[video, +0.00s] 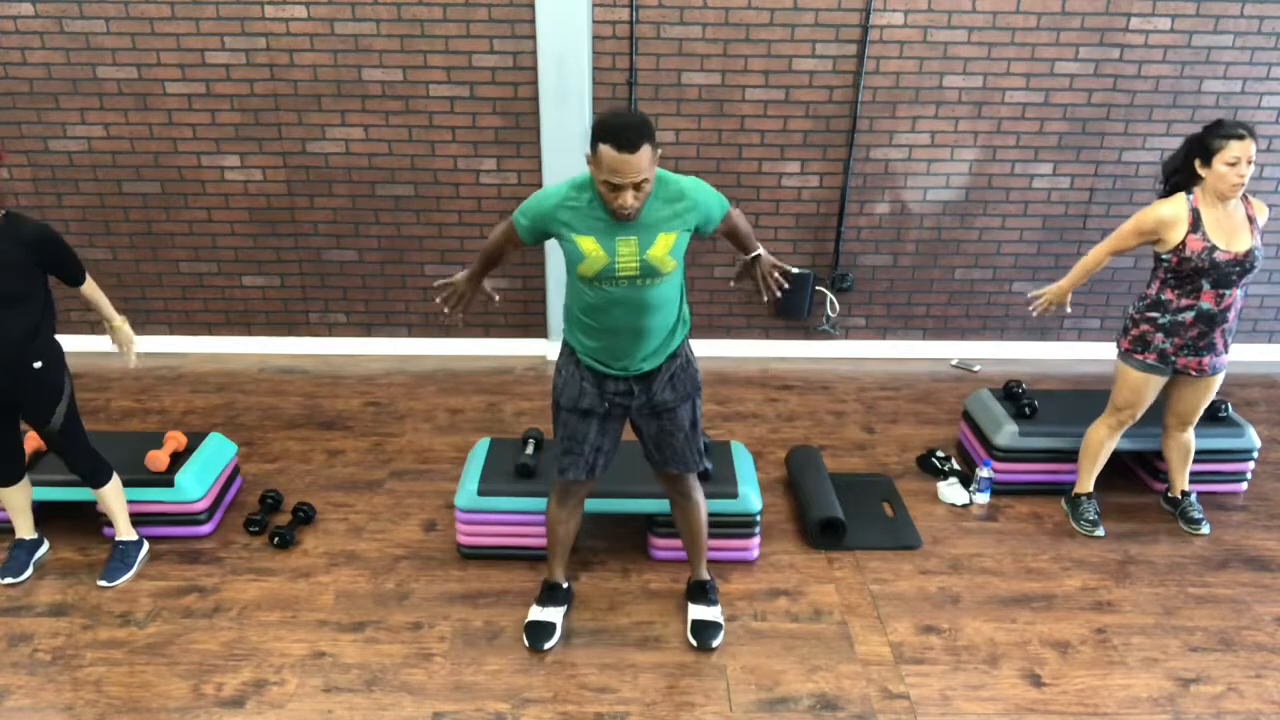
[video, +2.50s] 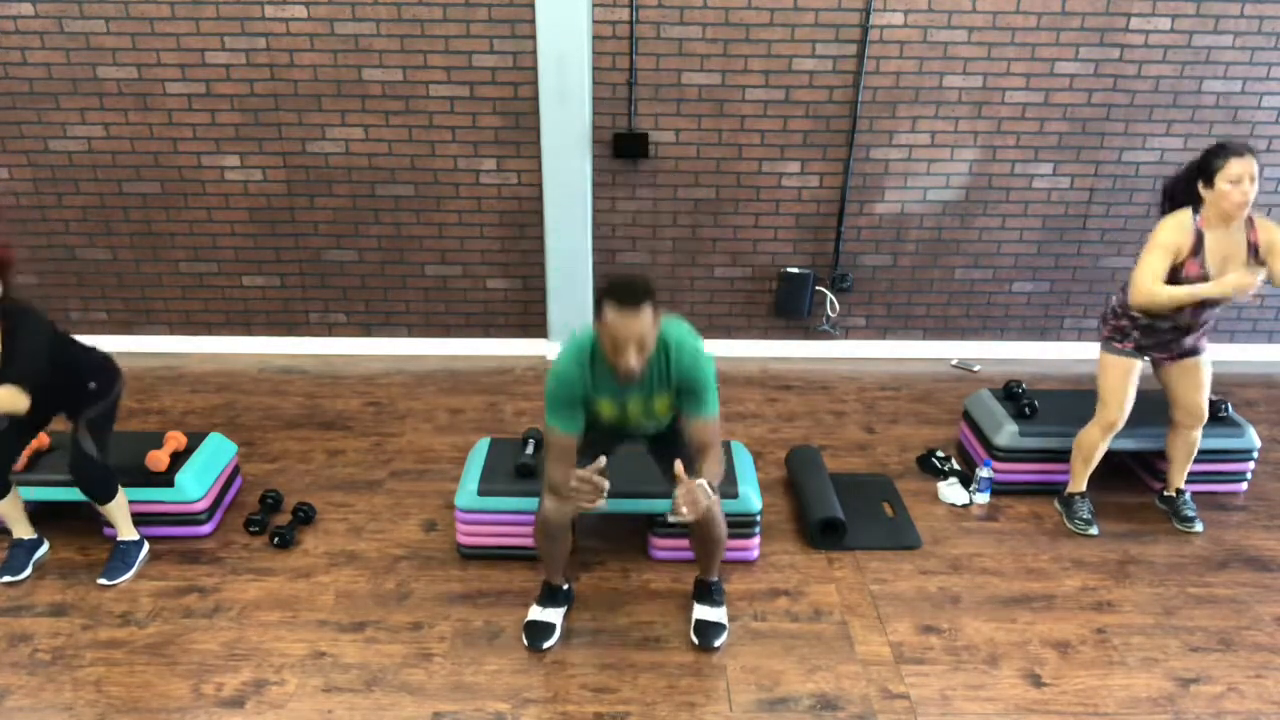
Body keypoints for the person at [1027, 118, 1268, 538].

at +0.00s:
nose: (1244, 173)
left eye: (1249, 164)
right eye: (1233, 164)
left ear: (1254, 166)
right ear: (1203, 167)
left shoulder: (1254, 212)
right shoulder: (1170, 214)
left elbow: (1225, 265)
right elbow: (1106, 250)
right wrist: (1063, 288)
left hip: (1209, 342)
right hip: (1157, 335)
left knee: (1183, 425)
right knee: (1119, 416)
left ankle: (1179, 494)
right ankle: (1081, 494)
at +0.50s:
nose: (1255, 195)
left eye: (1259, 185)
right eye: (1243, 185)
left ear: (1264, 189)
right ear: (1211, 191)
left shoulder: (1263, 239)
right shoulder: (1178, 232)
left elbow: (1274, 307)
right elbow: (1128, 300)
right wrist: (1186, 330)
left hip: (1192, 332)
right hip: (1137, 326)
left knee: (1197, 422)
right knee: (1116, 421)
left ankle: (1179, 494)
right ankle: (1080, 494)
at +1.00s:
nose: (1234, 296)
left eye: (1240, 286)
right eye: (1222, 287)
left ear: (1245, 288)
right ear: (1192, 289)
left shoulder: (1244, 327)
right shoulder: (1161, 321)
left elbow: (1257, 402)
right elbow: (1153, 398)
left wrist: (1253, 360)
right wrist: (1208, 362)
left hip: (1168, 374)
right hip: (1112, 369)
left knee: (1221, 441)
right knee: (1118, 439)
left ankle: (1179, 494)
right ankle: (1079, 495)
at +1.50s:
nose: (1248, 198)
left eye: (1254, 188)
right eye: (1238, 187)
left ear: (1260, 189)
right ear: (1208, 187)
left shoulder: (1259, 236)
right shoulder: (1175, 230)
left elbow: (1279, 287)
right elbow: (1130, 300)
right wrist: (1143, 366)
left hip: (1195, 339)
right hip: (1140, 332)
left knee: (1206, 426)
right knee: (1117, 428)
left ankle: (1179, 494)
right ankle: (1080, 494)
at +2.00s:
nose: (1244, 173)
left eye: (1249, 163)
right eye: (1233, 164)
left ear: (1253, 164)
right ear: (1203, 166)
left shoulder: (1255, 211)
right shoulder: (1168, 215)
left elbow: (1227, 266)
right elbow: (1109, 257)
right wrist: (1070, 293)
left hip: (1213, 341)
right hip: (1160, 336)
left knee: (1183, 424)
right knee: (1124, 420)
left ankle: (1175, 494)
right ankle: (1081, 493)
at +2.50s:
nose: (1247, 191)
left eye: (1252, 181)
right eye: (1235, 182)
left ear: (1257, 184)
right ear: (1205, 188)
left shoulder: (1263, 234)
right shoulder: (1177, 227)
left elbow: (1278, 277)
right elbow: (1142, 295)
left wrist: (1264, 269)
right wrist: (1216, 289)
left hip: (1185, 330)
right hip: (1132, 324)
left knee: (1192, 416)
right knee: (1111, 417)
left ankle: (1174, 493)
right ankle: (1074, 494)